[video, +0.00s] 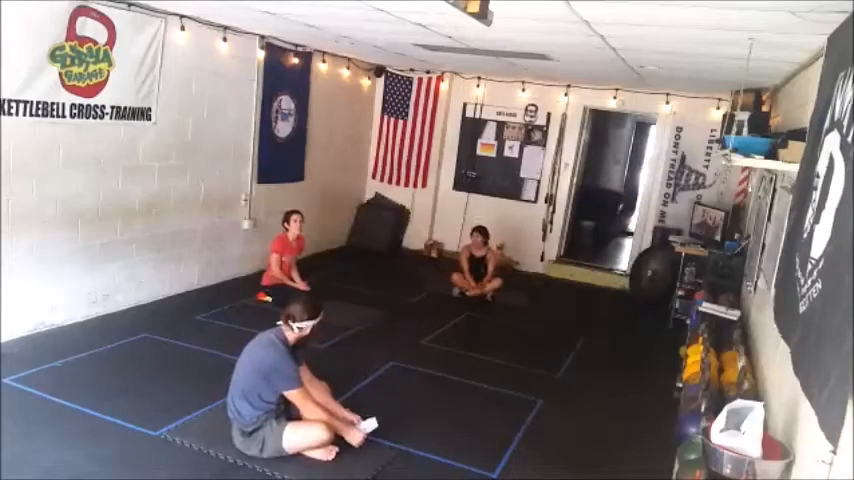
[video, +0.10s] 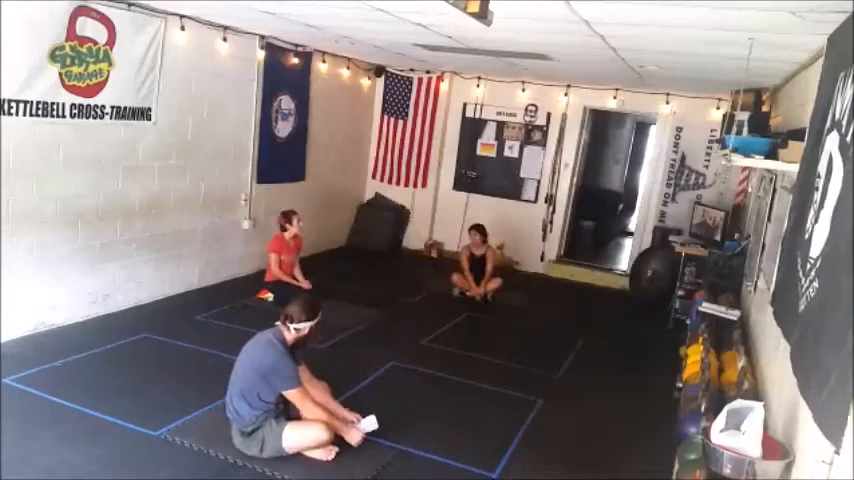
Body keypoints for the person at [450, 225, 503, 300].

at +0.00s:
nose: (474, 239)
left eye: (477, 236)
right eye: (473, 236)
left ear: (484, 238)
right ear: (471, 237)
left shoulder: (490, 253)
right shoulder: (465, 250)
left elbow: (490, 272)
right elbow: (466, 270)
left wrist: (483, 283)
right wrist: (473, 284)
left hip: (484, 277)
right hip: (470, 277)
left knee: (498, 282)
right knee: (455, 277)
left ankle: (468, 293)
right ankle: (483, 293)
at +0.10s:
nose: (472, 238)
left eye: (475, 235)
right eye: (471, 235)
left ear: (482, 236)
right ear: (469, 236)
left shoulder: (489, 251)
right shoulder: (465, 250)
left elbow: (489, 270)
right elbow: (466, 270)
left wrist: (482, 287)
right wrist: (474, 287)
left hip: (484, 277)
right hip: (470, 277)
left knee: (498, 281)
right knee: (455, 277)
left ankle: (469, 294)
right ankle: (479, 294)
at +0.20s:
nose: (474, 235)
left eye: (477, 232)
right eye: (472, 232)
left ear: (483, 234)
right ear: (470, 234)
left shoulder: (489, 249)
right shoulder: (465, 248)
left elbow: (488, 265)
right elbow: (467, 266)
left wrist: (482, 280)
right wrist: (472, 281)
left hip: (482, 274)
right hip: (469, 273)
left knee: (495, 274)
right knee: (456, 274)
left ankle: (470, 290)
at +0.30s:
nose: (474, 235)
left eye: (477, 232)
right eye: (472, 232)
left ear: (483, 234)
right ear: (469, 235)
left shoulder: (490, 250)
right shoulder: (465, 249)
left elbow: (488, 268)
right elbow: (467, 267)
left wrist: (482, 283)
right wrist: (472, 284)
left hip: (483, 276)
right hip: (470, 275)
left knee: (497, 278)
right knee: (455, 275)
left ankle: (469, 292)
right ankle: (482, 292)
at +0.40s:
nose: (476, 238)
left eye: (479, 235)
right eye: (473, 235)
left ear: (484, 236)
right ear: (471, 236)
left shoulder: (490, 250)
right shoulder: (465, 249)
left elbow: (487, 270)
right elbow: (468, 269)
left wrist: (481, 286)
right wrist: (471, 286)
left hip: (482, 277)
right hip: (469, 277)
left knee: (498, 281)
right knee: (454, 277)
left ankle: (468, 293)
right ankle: (481, 294)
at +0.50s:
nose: (476, 236)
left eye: (479, 233)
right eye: (473, 233)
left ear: (484, 235)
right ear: (470, 235)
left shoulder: (490, 250)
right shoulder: (465, 249)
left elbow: (487, 269)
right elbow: (467, 268)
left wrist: (481, 285)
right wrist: (472, 285)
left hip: (482, 276)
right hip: (469, 276)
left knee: (498, 280)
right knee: (454, 276)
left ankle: (468, 292)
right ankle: (481, 293)